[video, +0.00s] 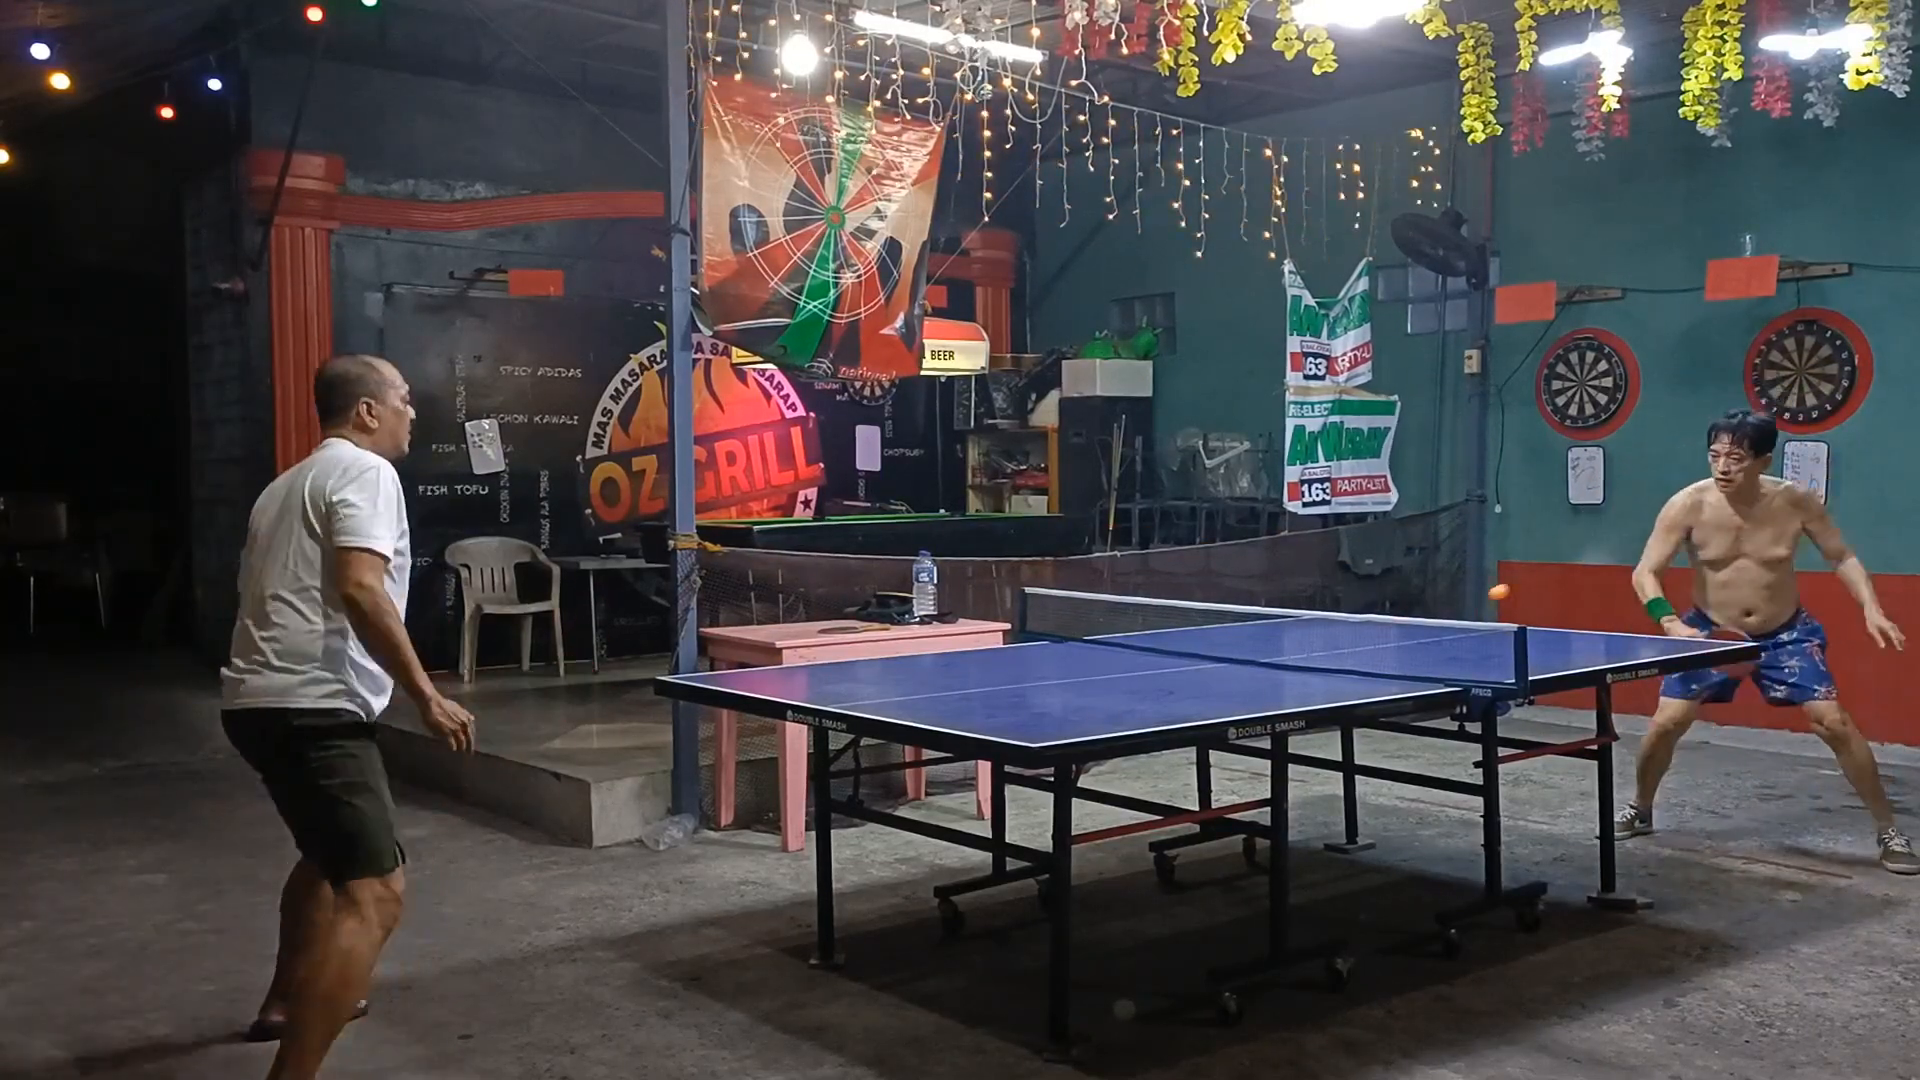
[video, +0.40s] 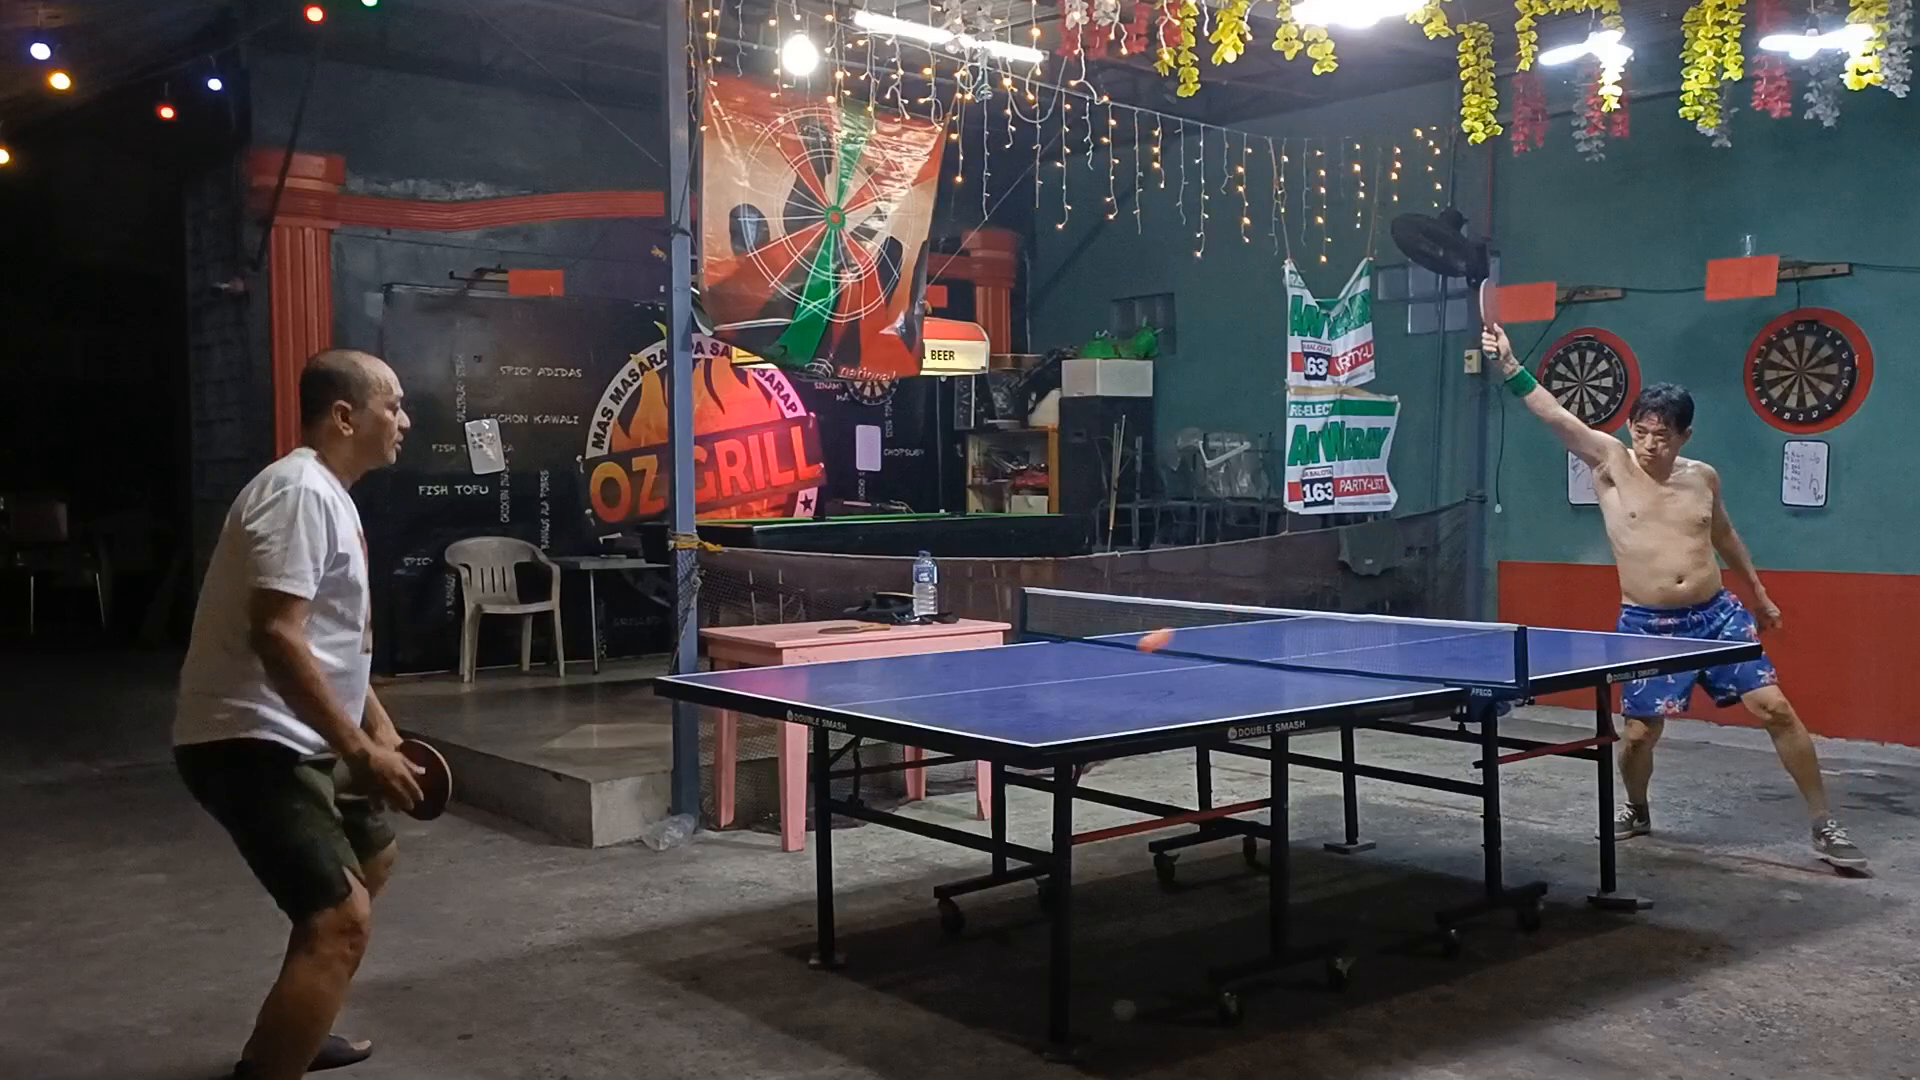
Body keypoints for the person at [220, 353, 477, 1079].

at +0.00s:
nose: (412, 420)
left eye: (410, 405)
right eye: (405, 406)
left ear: (339, 415)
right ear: (368, 411)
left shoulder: (280, 487)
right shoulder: (365, 473)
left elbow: (266, 603)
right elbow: (359, 587)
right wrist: (429, 696)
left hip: (255, 702)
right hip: (316, 708)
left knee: (327, 852)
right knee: (376, 897)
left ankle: (290, 998)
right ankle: (293, 1071)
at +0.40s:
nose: (404, 421)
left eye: (402, 407)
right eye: (393, 407)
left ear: (344, 417)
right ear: (345, 415)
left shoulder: (329, 497)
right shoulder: (300, 490)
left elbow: (334, 643)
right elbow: (276, 635)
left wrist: (384, 731)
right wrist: (359, 747)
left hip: (293, 730)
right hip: (247, 735)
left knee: (374, 859)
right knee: (338, 921)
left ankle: (297, 1030)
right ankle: (265, 1065)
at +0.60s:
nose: (430, 476)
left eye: (430, 461)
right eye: (417, 461)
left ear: (373, 465)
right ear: (359, 460)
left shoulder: (379, 548)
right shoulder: (242, 520)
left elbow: (369, 671)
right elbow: (168, 647)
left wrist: (435, 683)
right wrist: (229, 766)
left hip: (285, 753)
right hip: (181, 752)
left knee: (355, 885)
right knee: (285, 916)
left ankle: (285, 1035)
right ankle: (248, 1070)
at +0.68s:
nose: (432, 489)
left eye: (434, 473)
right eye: (422, 472)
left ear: (369, 465)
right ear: (364, 463)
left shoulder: (379, 556)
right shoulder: (232, 508)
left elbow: (387, 684)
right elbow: (118, 603)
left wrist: (488, 684)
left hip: (276, 753)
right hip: (176, 750)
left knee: (324, 893)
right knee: (260, 922)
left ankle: (281, 1035)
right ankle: (241, 1069)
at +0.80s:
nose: (428, 480)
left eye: (430, 463)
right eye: (419, 460)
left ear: (368, 455)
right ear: (361, 450)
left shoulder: (366, 557)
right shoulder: (225, 493)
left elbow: (356, 684)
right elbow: (78, 566)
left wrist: (475, 693)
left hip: (249, 746)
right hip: (140, 740)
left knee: (296, 890)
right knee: (252, 932)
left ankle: (285, 1033)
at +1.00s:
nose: (385, 432)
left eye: (386, 415)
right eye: (377, 412)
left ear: (323, 411)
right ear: (324, 407)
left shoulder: (301, 507)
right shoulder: (201, 461)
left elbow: (283, 648)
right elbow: (45, 533)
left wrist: (376, 745)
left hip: (194, 727)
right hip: (101, 728)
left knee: (264, 880)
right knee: (228, 921)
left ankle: (168, 1065)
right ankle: (222, 1069)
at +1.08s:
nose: (350, 422)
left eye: (351, 404)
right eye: (342, 402)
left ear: (289, 408)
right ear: (290, 406)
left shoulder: (273, 511)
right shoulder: (172, 473)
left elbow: (264, 652)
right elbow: (28, 566)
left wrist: (324, 771)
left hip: (154, 735)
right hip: (56, 728)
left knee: (228, 914)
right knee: (191, 932)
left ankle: (136, 1068)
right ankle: (146, 1071)